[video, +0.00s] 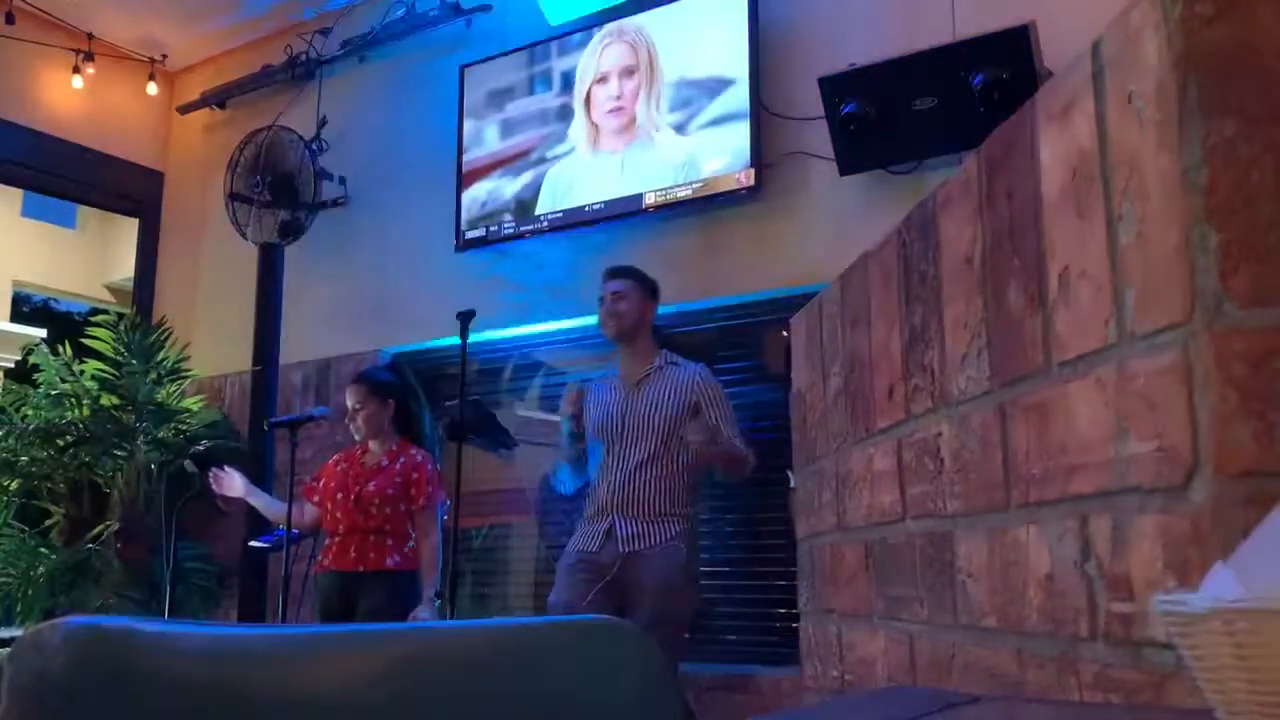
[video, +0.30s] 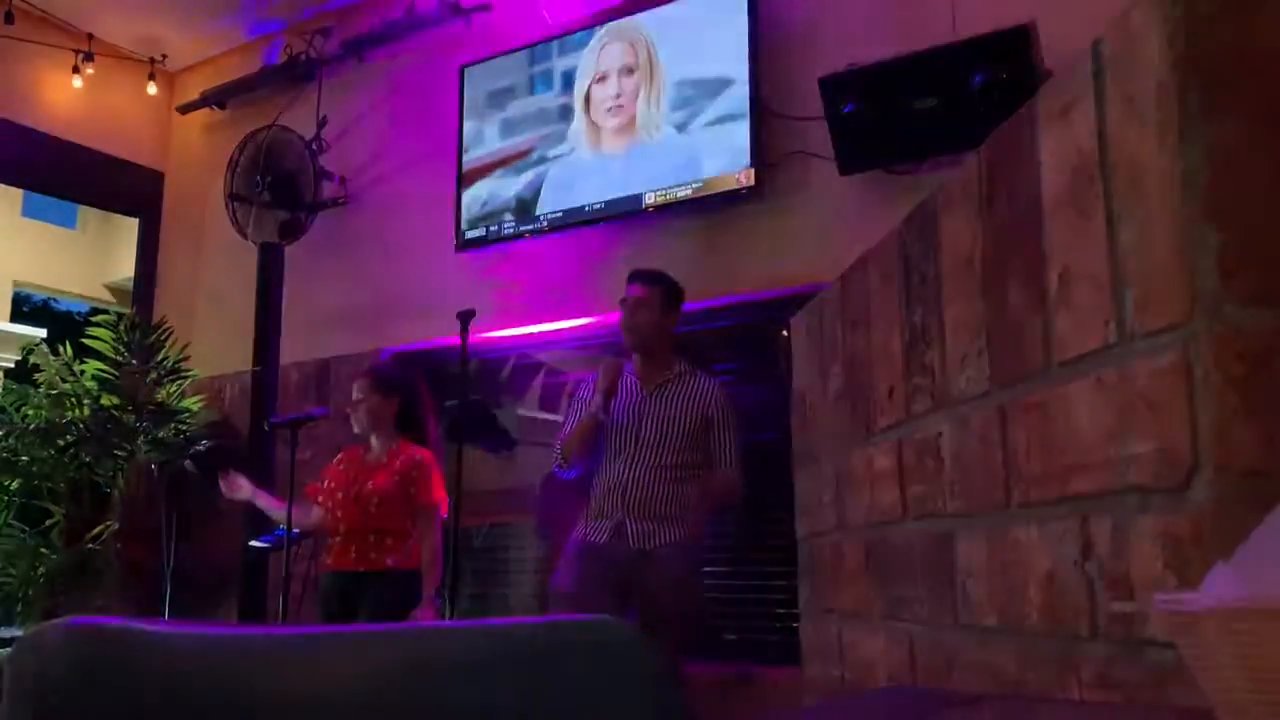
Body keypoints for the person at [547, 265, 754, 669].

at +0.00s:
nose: (608, 307)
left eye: (619, 297)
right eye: (603, 301)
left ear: (649, 307)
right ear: (600, 316)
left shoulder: (693, 380)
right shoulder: (593, 391)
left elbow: (740, 462)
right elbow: (573, 477)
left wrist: (712, 447)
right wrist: (572, 425)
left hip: (661, 539)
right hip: (592, 538)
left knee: (651, 664)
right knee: (565, 643)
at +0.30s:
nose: (628, 315)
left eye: (641, 306)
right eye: (625, 306)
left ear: (670, 318)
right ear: (618, 314)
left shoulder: (705, 393)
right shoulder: (595, 385)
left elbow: (728, 477)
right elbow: (565, 461)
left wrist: (690, 499)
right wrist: (599, 403)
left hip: (668, 542)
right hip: (596, 538)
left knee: (665, 655)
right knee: (567, 633)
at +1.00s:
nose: (602, 329)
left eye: (614, 317)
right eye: (600, 318)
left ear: (649, 320)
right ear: (598, 320)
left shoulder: (686, 386)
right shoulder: (598, 384)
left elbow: (713, 475)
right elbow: (563, 456)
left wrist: (672, 494)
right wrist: (585, 386)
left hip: (650, 543)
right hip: (588, 538)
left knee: (640, 658)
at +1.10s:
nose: (596, 326)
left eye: (608, 314)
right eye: (594, 315)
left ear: (640, 318)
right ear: (592, 318)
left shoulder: (677, 387)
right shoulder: (594, 384)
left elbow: (696, 478)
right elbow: (557, 444)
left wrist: (624, 496)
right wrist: (574, 383)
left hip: (643, 547)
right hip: (582, 540)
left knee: (638, 655)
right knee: (553, 643)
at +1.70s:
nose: (538, 336)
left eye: (549, 324)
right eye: (533, 328)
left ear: (577, 328)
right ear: (530, 335)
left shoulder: (620, 390)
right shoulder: (536, 396)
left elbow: (650, 468)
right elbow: (505, 460)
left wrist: (575, 497)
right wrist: (526, 390)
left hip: (603, 545)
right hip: (543, 546)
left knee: (591, 656)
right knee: (531, 654)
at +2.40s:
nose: (525, 332)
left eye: (535, 320)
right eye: (518, 324)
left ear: (562, 323)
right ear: (513, 331)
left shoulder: (613, 381)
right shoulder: (511, 398)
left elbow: (662, 451)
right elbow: (504, 464)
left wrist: (632, 470)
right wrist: (519, 389)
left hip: (608, 545)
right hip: (541, 549)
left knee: (601, 659)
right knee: (529, 659)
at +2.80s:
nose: (547, 330)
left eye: (558, 318)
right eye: (542, 321)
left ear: (591, 319)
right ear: (537, 326)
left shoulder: (637, 389)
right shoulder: (534, 394)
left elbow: (668, 476)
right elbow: (518, 464)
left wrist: (652, 482)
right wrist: (534, 388)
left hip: (619, 551)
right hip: (550, 552)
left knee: (604, 665)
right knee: (538, 665)